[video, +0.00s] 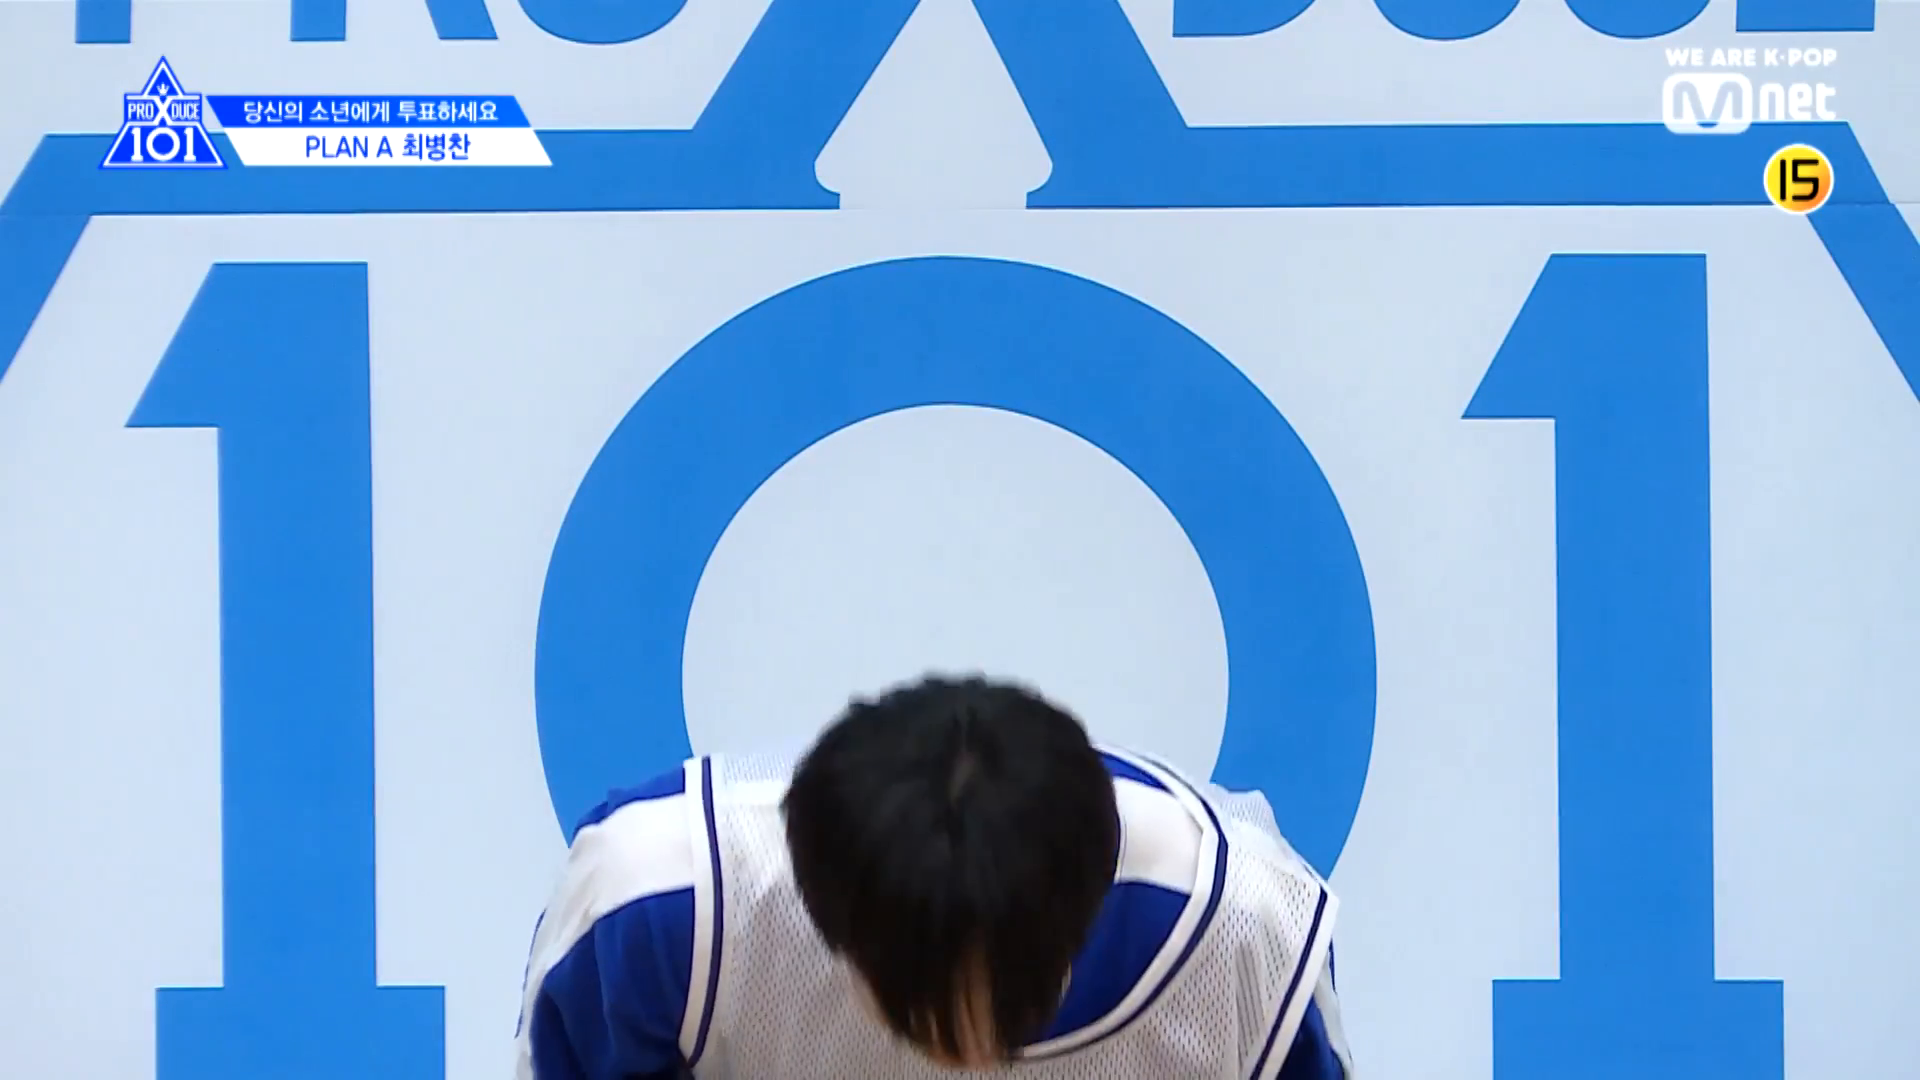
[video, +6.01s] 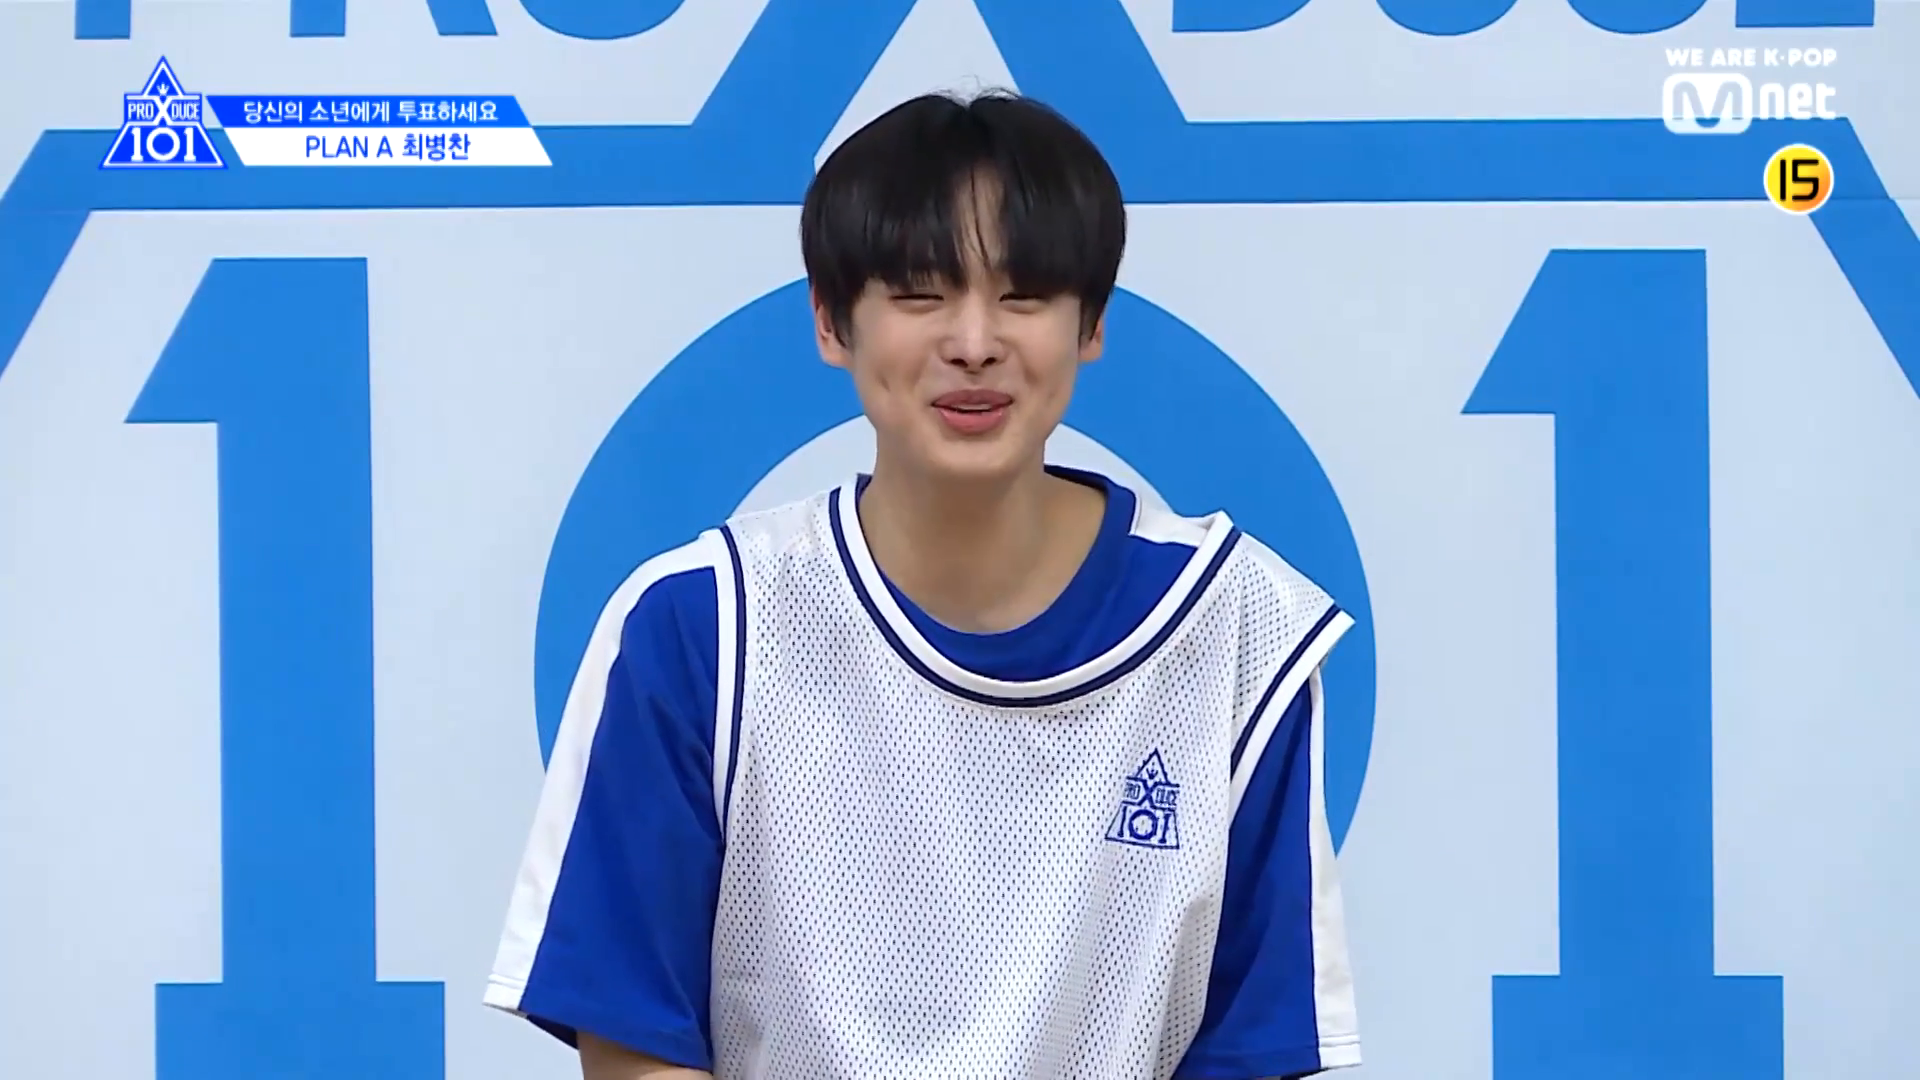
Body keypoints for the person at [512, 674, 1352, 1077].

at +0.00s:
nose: (973, 1050)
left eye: (1020, 1001)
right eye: (920, 1010)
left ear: (1086, 916)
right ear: (835, 926)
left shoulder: (1252, 957)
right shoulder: (646, 932)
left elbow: (1307, 1064)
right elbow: (569, 1061)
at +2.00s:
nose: (954, 325)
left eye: (1004, 279)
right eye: (900, 278)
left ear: (1069, 318)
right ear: (815, 318)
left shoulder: (1221, 626)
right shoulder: (672, 633)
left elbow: (1222, 1051)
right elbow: (613, 1046)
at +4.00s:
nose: (957, 360)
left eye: (1005, 307)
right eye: (904, 306)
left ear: (1071, 340)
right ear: (819, 342)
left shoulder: (1229, 646)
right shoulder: (673, 653)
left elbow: (1255, 1052)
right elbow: (607, 1050)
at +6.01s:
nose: (974, 342)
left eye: (1025, 292)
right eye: (922, 288)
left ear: (1088, 331)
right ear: (836, 326)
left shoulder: (1242, 636)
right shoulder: (689, 631)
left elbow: (1264, 1048)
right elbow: (629, 1038)